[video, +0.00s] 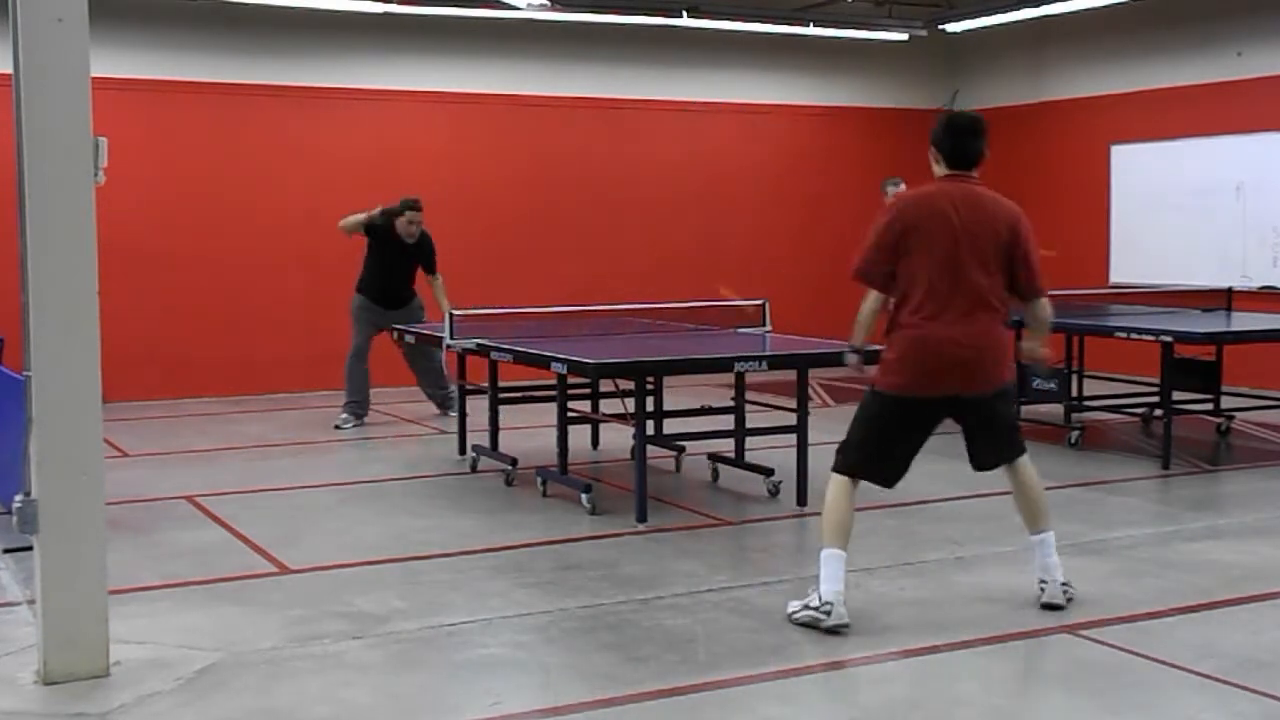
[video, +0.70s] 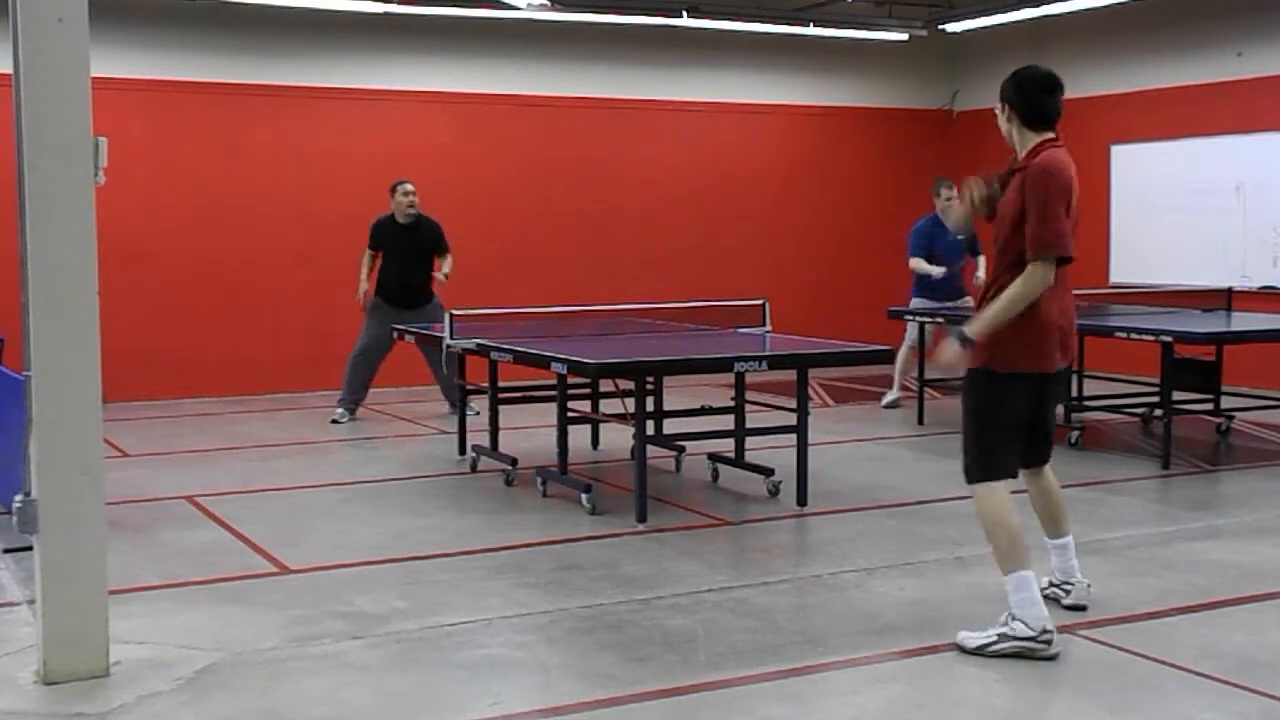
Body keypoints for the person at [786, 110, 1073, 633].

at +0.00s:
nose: (928, 156)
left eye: (929, 149)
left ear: (934, 155)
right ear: (982, 157)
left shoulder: (905, 209)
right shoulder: (1005, 214)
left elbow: (875, 298)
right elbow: (1038, 304)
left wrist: (856, 347)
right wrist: (1035, 346)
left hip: (910, 369)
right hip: (987, 370)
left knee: (845, 471)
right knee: (1017, 461)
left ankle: (828, 598)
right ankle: (1052, 578)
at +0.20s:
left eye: (966, 150)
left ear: (969, 155)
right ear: (1021, 156)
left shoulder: (932, 204)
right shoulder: (1034, 212)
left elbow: (889, 286)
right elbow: (1076, 296)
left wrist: (895, 334)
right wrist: (1125, 339)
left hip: (931, 366)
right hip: (1005, 368)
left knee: (868, 472)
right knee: (1031, 463)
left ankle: (829, 597)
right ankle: (1053, 581)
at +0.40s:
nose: (983, 128)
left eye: (983, 119)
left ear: (989, 119)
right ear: (1037, 118)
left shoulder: (999, 161)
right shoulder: (1052, 168)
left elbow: (999, 249)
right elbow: (983, 211)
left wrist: (944, 305)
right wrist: (904, 214)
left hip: (983, 335)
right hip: (1040, 338)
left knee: (898, 428)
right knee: (1031, 448)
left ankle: (863, 564)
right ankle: (1059, 577)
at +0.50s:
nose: (998, 120)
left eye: (999, 112)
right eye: (1001, 113)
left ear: (1005, 114)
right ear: (1055, 116)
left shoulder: (1030, 163)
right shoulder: (1050, 161)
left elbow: (1033, 253)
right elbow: (940, 172)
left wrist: (952, 290)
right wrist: (860, 153)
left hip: (997, 336)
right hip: (1046, 339)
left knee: (915, 437)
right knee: (1029, 449)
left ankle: (918, 579)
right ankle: (1069, 577)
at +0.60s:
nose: (1000, 120)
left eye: (1000, 112)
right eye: (1002, 113)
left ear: (1008, 115)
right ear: (1056, 115)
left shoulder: (1036, 167)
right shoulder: (1052, 160)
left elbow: (1040, 263)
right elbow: (956, 181)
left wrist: (957, 303)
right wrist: (915, 150)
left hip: (1004, 349)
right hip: (1049, 347)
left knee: (955, 462)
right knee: (1033, 458)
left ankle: (993, 598)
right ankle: (1068, 578)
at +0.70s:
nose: (995, 118)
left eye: (996, 110)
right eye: (1000, 110)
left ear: (1005, 113)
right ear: (1053, 112)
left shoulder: (1043, 170)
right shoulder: (1043, 165)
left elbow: (1041, 271)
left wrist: (972, 330)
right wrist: (973, 212)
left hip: (1009, 352)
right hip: (1038, 350)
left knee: (987, 478)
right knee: (1034, 465)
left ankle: (1028, 620)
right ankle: (1068, 576)